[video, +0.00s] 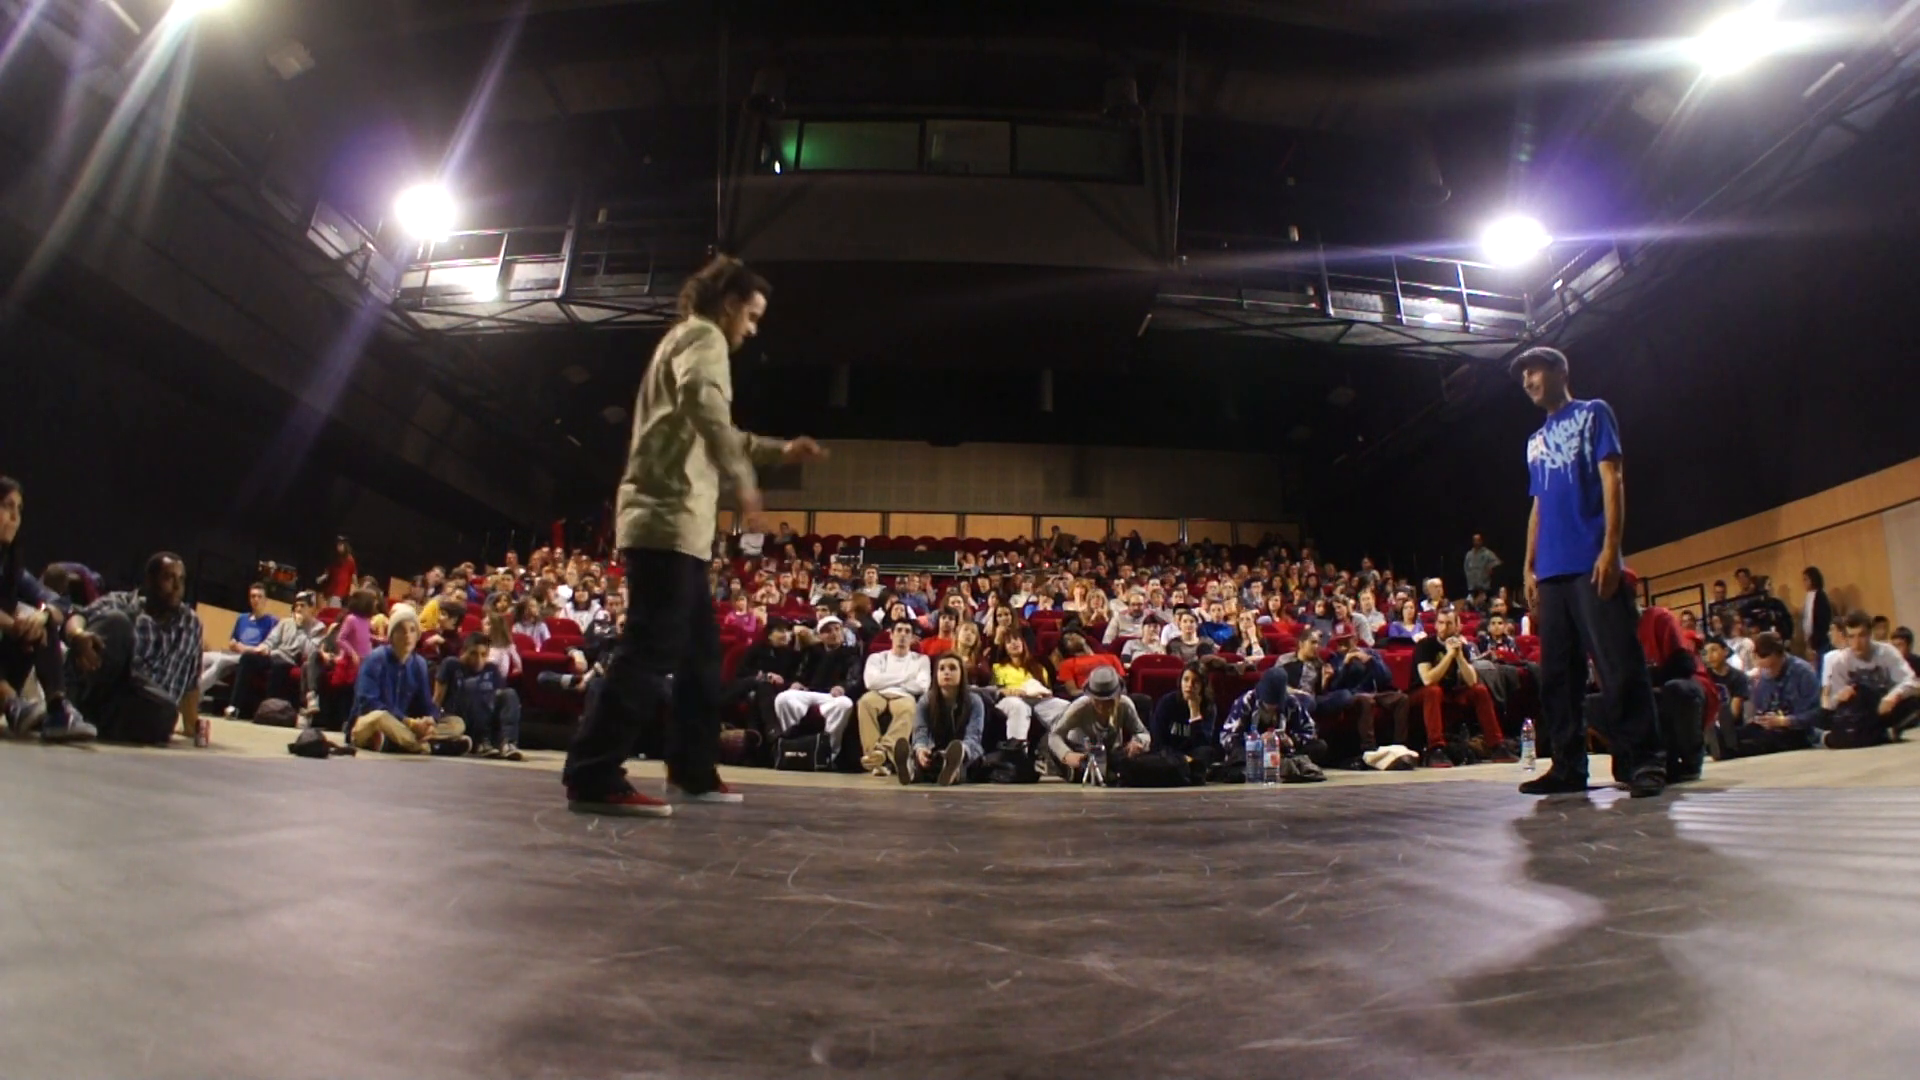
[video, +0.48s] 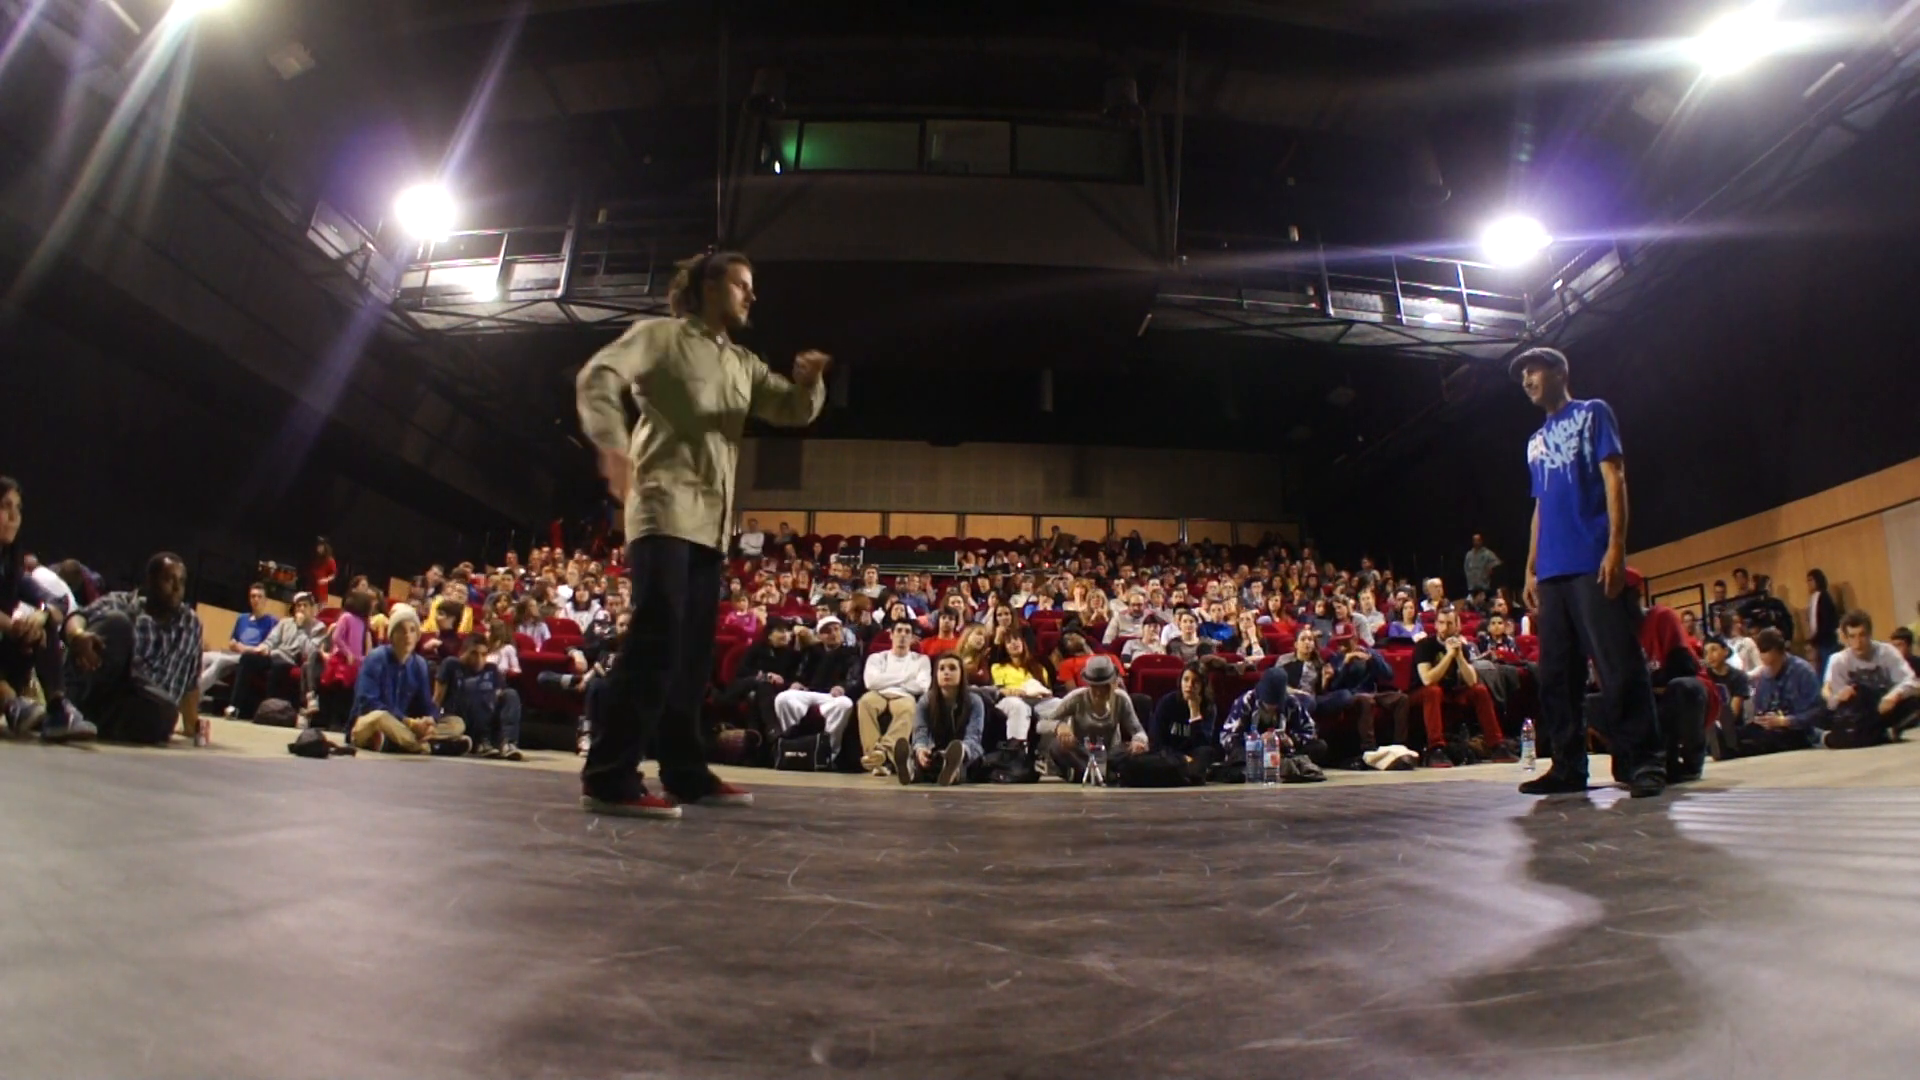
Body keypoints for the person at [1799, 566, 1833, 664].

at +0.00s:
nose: (1804, 583)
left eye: (1806, 579)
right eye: (1804, 579)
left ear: (1813, 580)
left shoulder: (1820, 597)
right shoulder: (1809, 596)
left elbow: (1822, 621)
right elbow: (1807, 617)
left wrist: (1815, 642)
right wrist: (1806, 637)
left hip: (1818, 642)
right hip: (1808, 640)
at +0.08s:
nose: (1804, 583)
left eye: (1806, 580)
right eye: (1804, 580)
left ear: (1814, 580)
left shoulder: (1821, 598)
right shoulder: (1810, 598)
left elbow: (1821, 623)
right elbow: (1808, 619)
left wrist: (1814, 644)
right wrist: (1807, 640)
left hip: (1819, 644)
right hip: (1809, 642)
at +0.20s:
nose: (1805, 584)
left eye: (1807, 580)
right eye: (1805, 580)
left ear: (1814, 581)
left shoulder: (1821, 598)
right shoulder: (1811, 598)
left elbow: (1822, 623)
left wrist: (1814, 644)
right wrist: (1810, 639)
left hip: (1823, 644)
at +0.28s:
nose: (1806, 584)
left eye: (1808, 581)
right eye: (1805, 581)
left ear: (1815, 581)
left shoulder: (1821, 597)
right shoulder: (1812, 597)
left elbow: (1822, 623)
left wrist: (1814, 642)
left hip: (1824, 643)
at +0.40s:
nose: (1807, 584)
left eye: (1810, 580)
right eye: (1807, 580)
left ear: (1817, 581)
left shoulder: (1823, 597)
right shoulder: (1812, 598)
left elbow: (1825, 621)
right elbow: (1814, 618)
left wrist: (1817, 640)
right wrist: (1811, 636)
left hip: (1825, 641)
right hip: (1816, 640)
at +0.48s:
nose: (1808, 584)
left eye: (1810, 580)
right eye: (1807, 581)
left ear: (1818, 581)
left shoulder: (1823, 597)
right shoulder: (1813, 597)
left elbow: (1825, 621)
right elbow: (1814, 618)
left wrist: (1816, 639)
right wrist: (1812, 635)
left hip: (1825, 641)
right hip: (1818, 641)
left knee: (1824, 672)